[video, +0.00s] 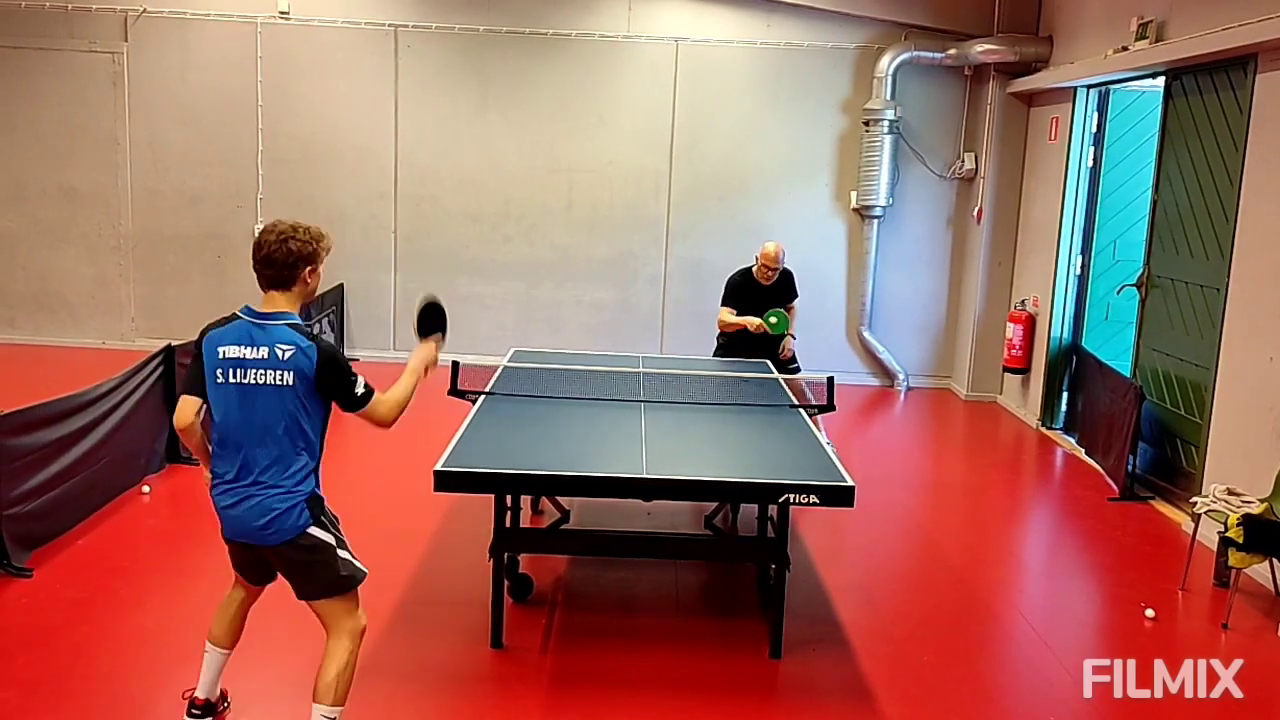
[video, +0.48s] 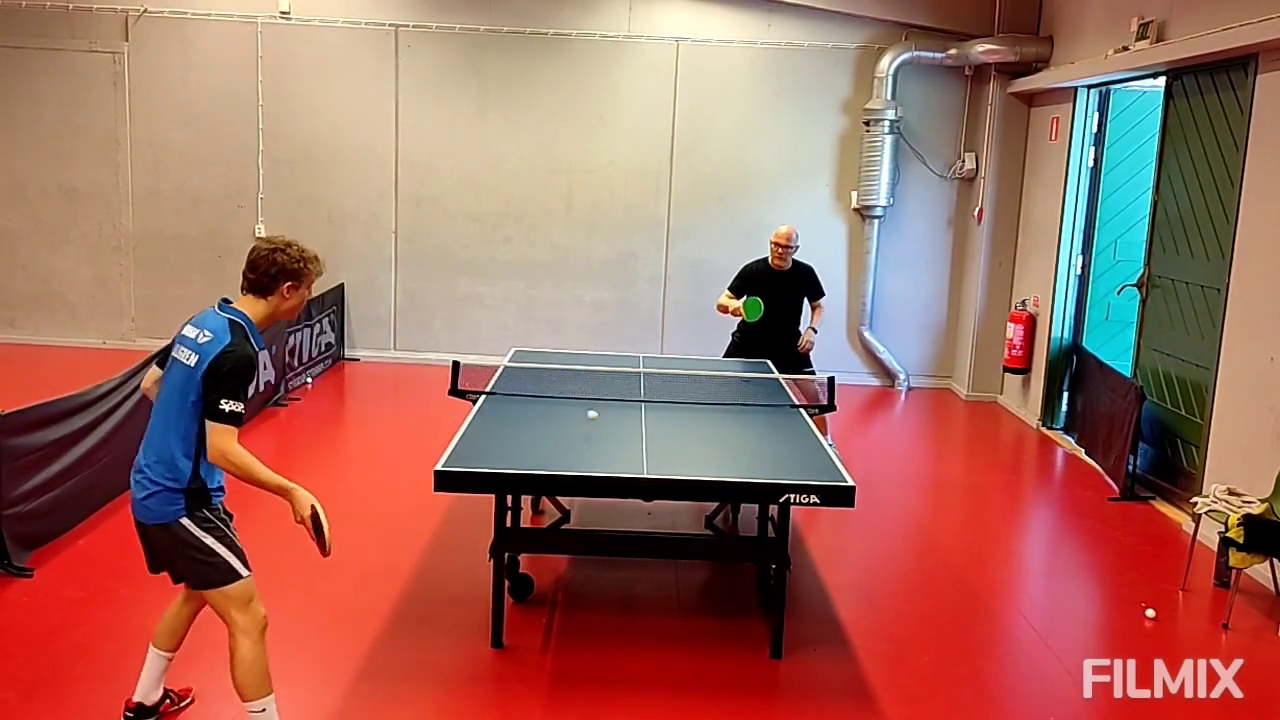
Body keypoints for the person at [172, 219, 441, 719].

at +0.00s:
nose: (321, 277)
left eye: (320, 267)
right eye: (319, 269)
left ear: (261, 273)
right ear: (306, 277)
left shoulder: (215, 337)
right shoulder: (314, 352)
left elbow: (184, 419)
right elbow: (386, 412)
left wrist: (211, 461)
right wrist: (420, 359)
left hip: (233, 511)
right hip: (291, 515)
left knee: (245, 585)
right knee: (346, 626)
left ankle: (203, 698)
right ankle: (323, 719)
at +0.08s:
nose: (317, 270)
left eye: (316, 260)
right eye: (315, 261)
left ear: (259, 264)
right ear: (304, 269)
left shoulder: (210, 329)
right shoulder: (313, 346)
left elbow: (179, 408)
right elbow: (351, 437)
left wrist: (206, 446)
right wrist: (399, 423)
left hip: (225, 502)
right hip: (286, 507)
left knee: (230, 576)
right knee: (336, 621)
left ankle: (198, 690)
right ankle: (321, 719)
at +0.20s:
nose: (313, 270)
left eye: (313, 260)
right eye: (312, 261)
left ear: (254, 263)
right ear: (299, 268)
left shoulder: (203, 323)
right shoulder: (301, 346)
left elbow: (169, 401)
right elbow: (298, 447)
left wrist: (208, 434)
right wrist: (351, 472)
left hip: (210, 498)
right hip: (269, 507)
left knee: (208, 584)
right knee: (323, 623)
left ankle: (161, 693)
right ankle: (315, 718)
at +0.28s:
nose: (308, 288)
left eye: (310, 278)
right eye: (308, 279)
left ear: (251, 274)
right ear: (294, 282)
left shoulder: (195, 328)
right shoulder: (275, 354)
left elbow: (158, 404)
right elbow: (254, 455)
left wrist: (204, 442)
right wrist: (318, 495)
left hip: (188, 506)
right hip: (241, 516)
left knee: (196, 591)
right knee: (307, 621)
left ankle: (144, 699)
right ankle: (311, 719)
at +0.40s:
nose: (303, 302)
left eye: (305, 292)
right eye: (304, 292)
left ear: (250, 281)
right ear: (287, 290)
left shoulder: (200, 322)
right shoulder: (247, 353)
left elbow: (149, 390)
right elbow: (222, 451)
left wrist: (194, 435)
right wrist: (292, 496)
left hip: (162, 495)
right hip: (199, 507)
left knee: (198, 589)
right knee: (266, 622)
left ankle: (145, 699)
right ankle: (287, 717)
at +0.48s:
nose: (303, 303)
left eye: (306, 293)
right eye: (304, 293)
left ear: (254, 282)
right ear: (286, 291)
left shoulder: (206, 319)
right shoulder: (240, 350)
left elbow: (152, 382)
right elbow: (222, 449)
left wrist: (194, 430)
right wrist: (291, 490)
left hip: (157, 491)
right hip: (185, 502)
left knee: (197, 591)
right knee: (248, 619)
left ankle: (145, 699)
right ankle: (266, 717)